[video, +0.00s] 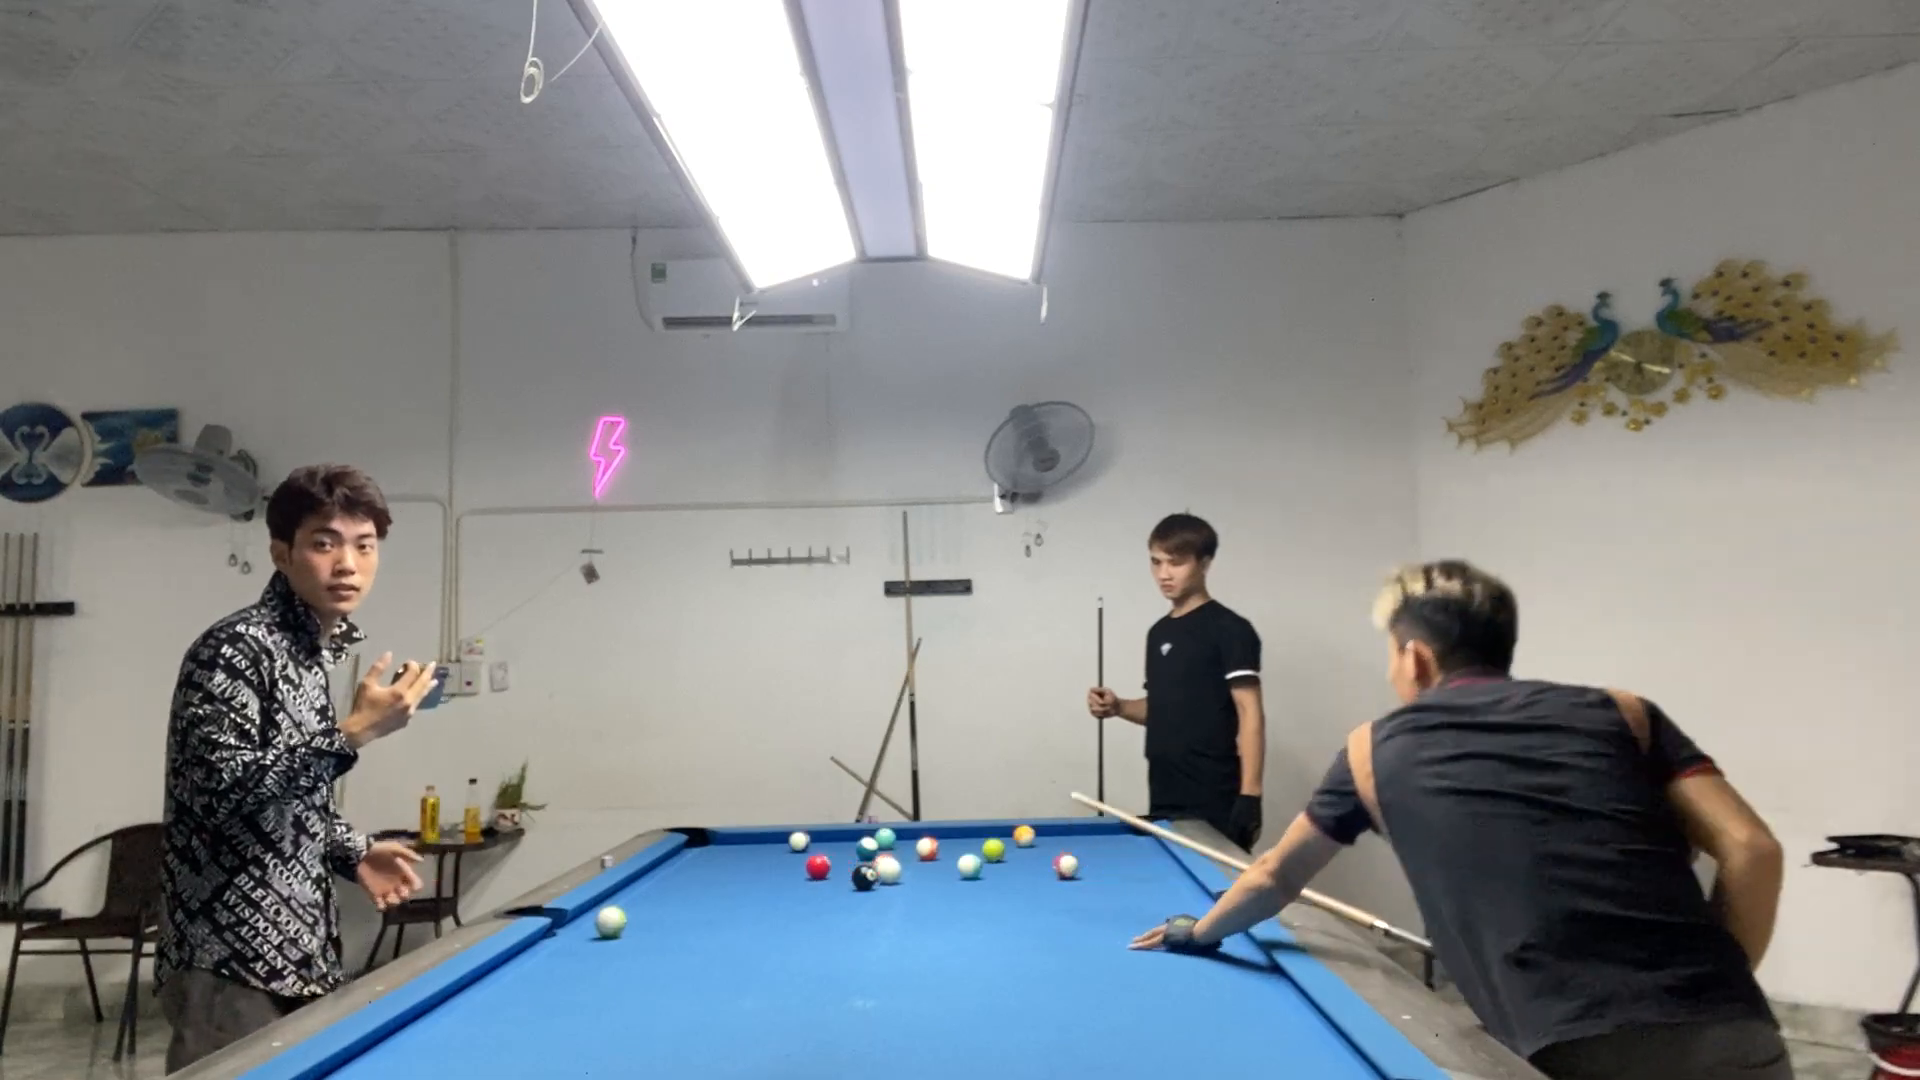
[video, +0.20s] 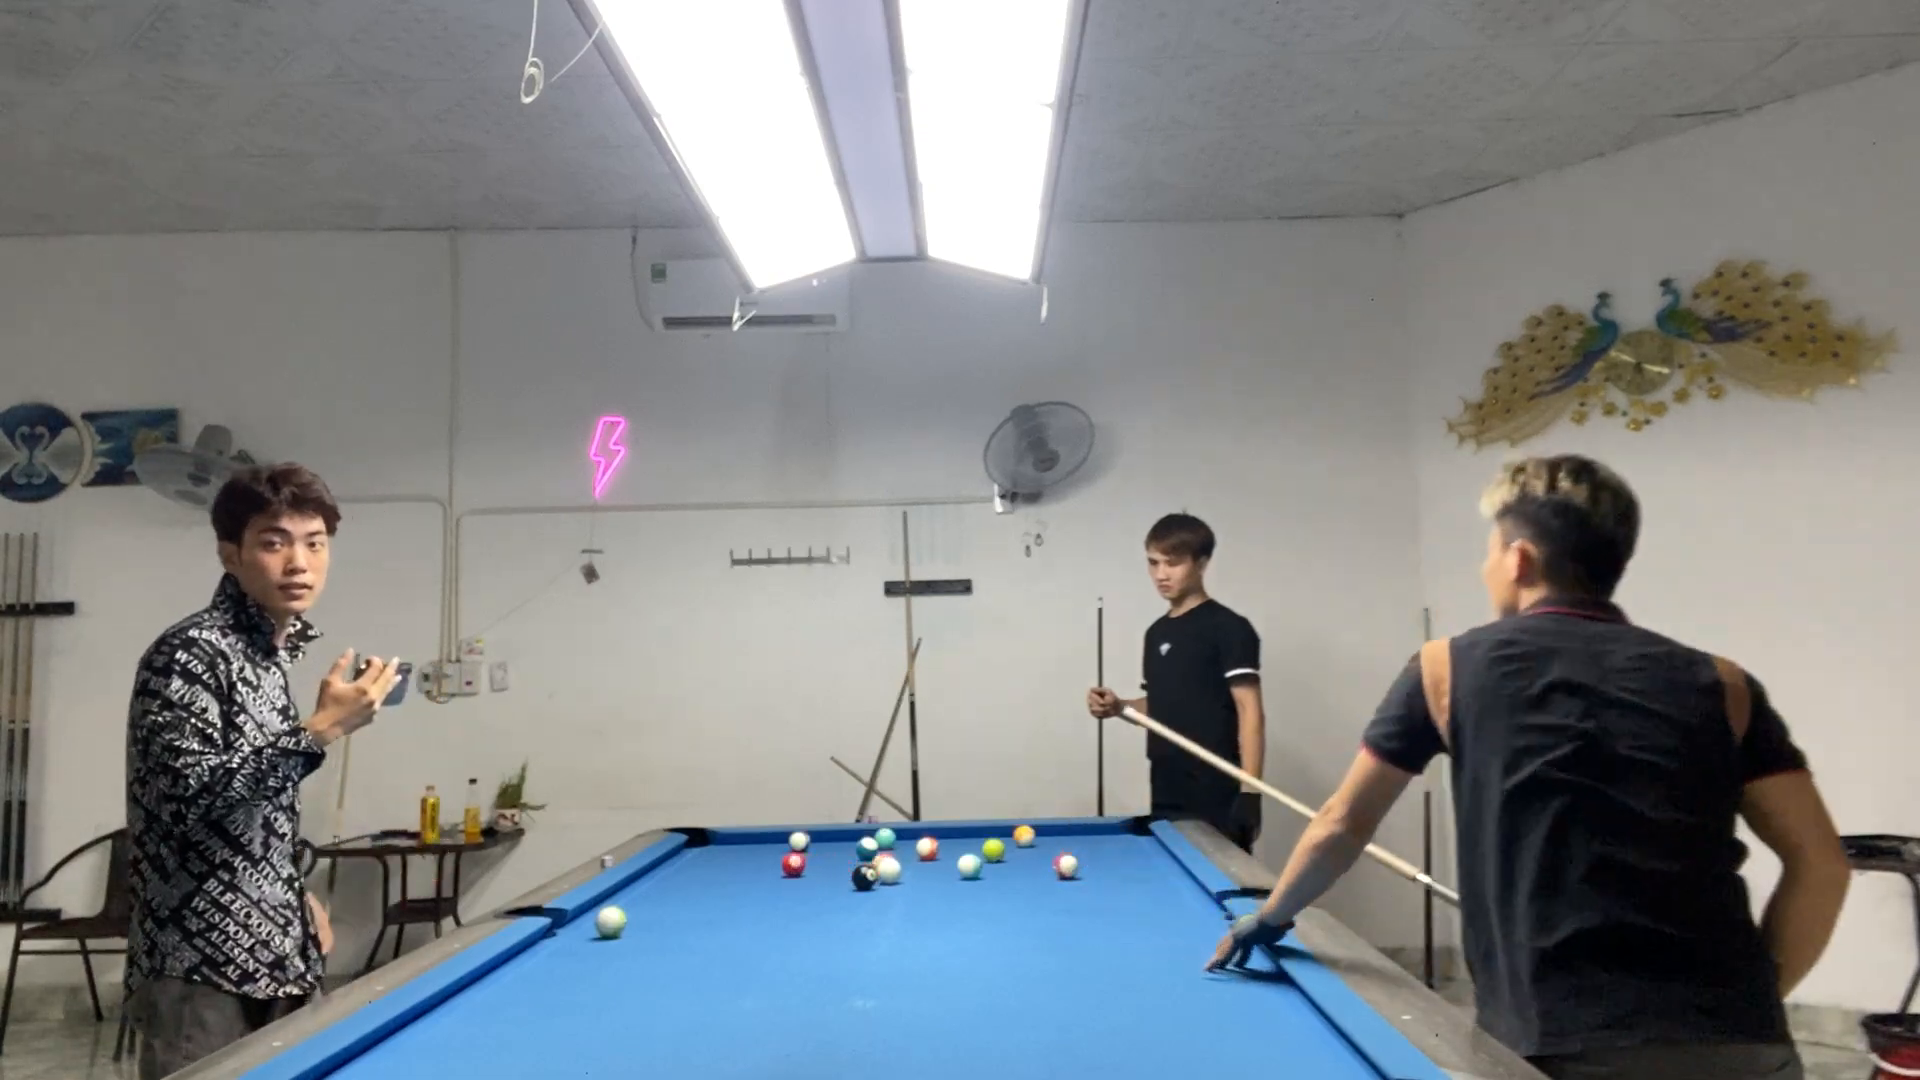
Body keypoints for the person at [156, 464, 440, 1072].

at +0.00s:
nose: (347, 564)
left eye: (363, 545)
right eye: (324, 543)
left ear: (376, 555)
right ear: (282, 554)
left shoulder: (308, 659)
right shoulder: (231, 651)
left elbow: (294, 797)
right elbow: (220, 786)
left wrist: (355, 854)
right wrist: (352, 731)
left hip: (303, 954)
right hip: (229, 962)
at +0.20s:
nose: (299, 563)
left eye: (314, 543)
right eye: (275, 542)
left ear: (329, 554)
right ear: (230, 554)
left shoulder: (267, 664)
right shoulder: (187, 657)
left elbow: (251, 820)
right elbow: (188, 796)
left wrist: (297, 897)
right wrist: (321, 728)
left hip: (279, 965)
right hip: (199, 973)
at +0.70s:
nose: (183, 602)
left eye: (193, 583)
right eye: (165, 580)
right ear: (96, 575)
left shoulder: (101, 675)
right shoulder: (35, 681)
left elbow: (97, 840)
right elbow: (75, 838)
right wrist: (200, 747)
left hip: (132, 980)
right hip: (49, 999)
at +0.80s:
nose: (165, 604)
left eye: (174, 583)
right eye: (148, 582)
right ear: (81, 576)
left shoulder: (80, 668)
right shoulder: (23, 679)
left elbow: (79, 834)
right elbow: (62, 832)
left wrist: (122, 930)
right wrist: (185, 746)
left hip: (115, 970)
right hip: (40, 991)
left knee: (144, 1068)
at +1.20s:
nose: (126, 599)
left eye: (132, 579)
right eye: (111, 578)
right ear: (43, 575)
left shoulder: (36, 661)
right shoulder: (10, 679)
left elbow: (44, 772)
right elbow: (44, 828)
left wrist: (103, 833)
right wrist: (164, 738)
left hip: (51, 973)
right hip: (24, 990)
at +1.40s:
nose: (107, 592)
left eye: (110, 572)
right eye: (92, 570)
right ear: (23, 572)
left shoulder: (25, 671)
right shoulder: (6, 680)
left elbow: (52, 790)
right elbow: (58, 814)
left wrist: (84, 838)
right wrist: (160, 725)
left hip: (42, 991)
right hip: (20, 998)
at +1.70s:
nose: (82, 583)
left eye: (83, 563)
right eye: (68, 561)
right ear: (8, 566)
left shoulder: (19, 663)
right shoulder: (6, 668)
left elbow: (61, 774)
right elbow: (32, 802)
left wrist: (20, 816)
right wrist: (153, 708)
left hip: (39, 957)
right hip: (16, 965)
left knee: (52, 1067)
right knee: (37, 1068)